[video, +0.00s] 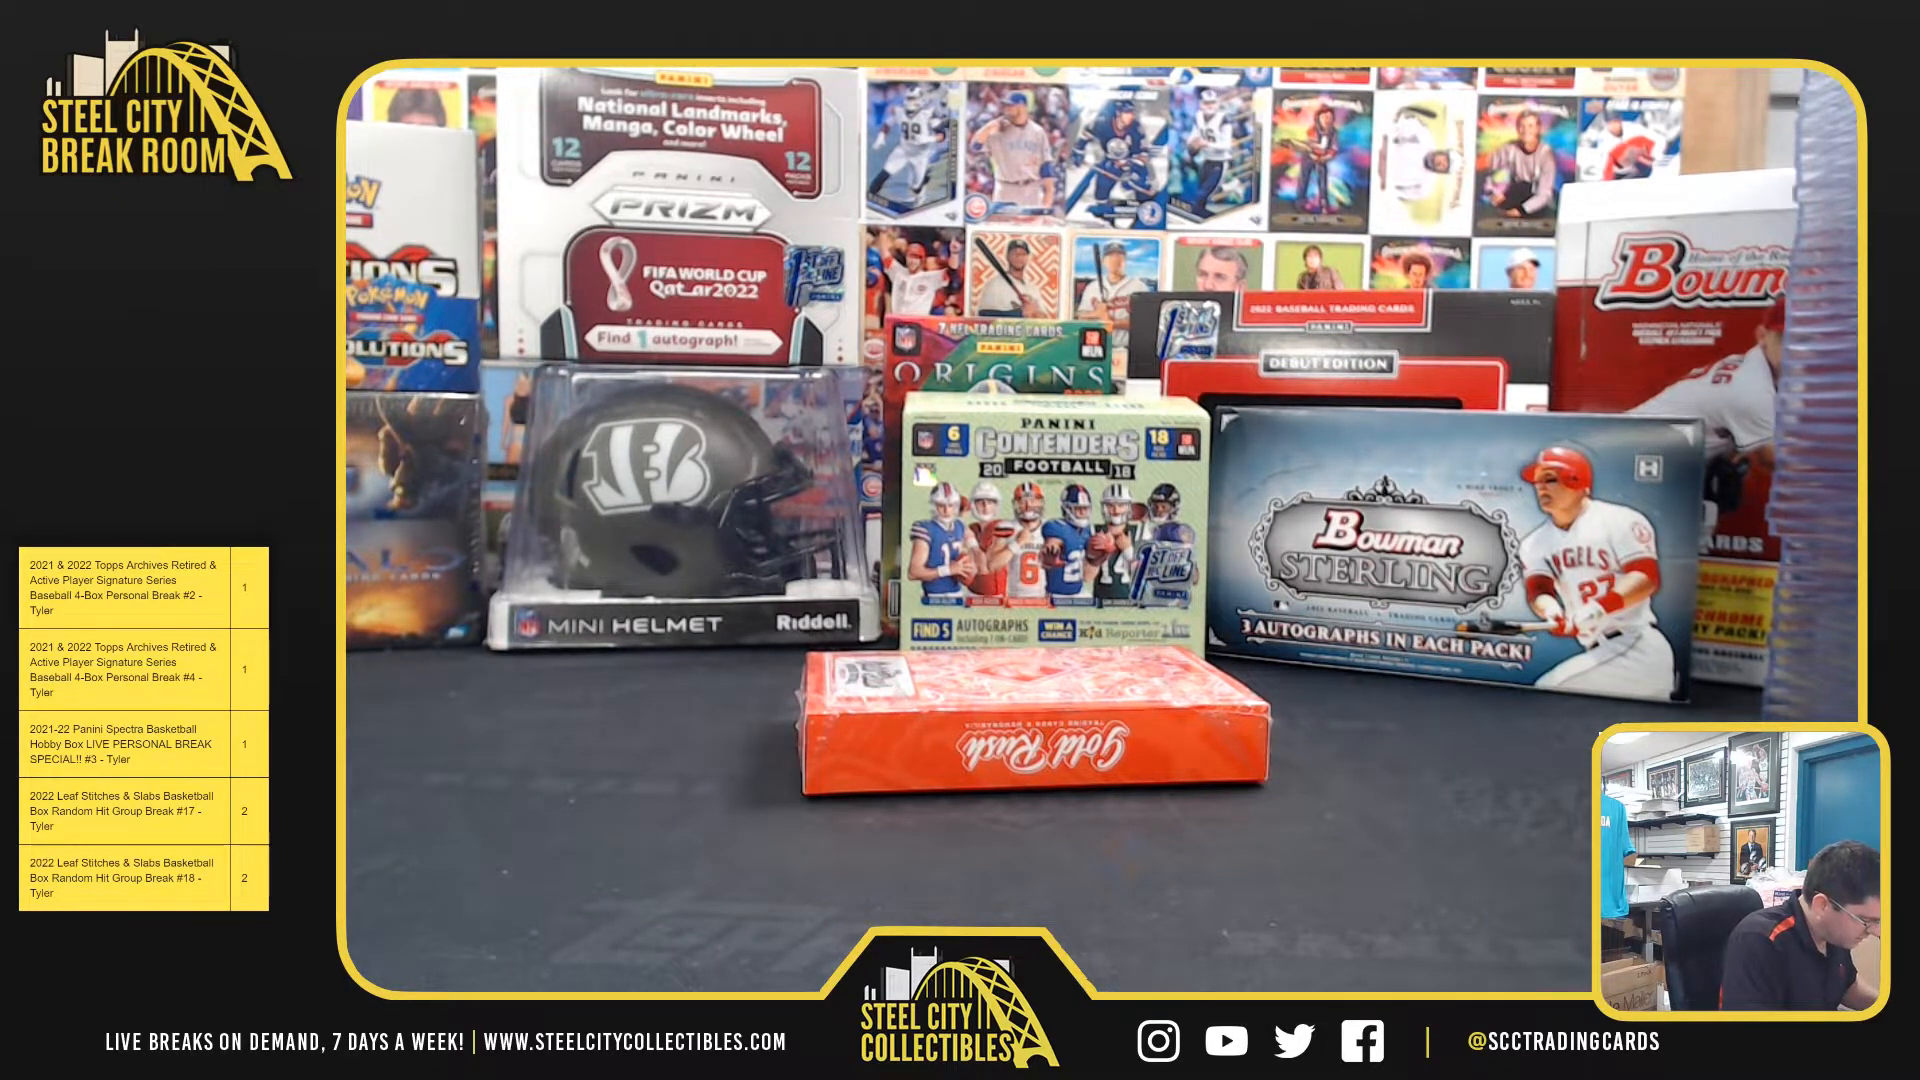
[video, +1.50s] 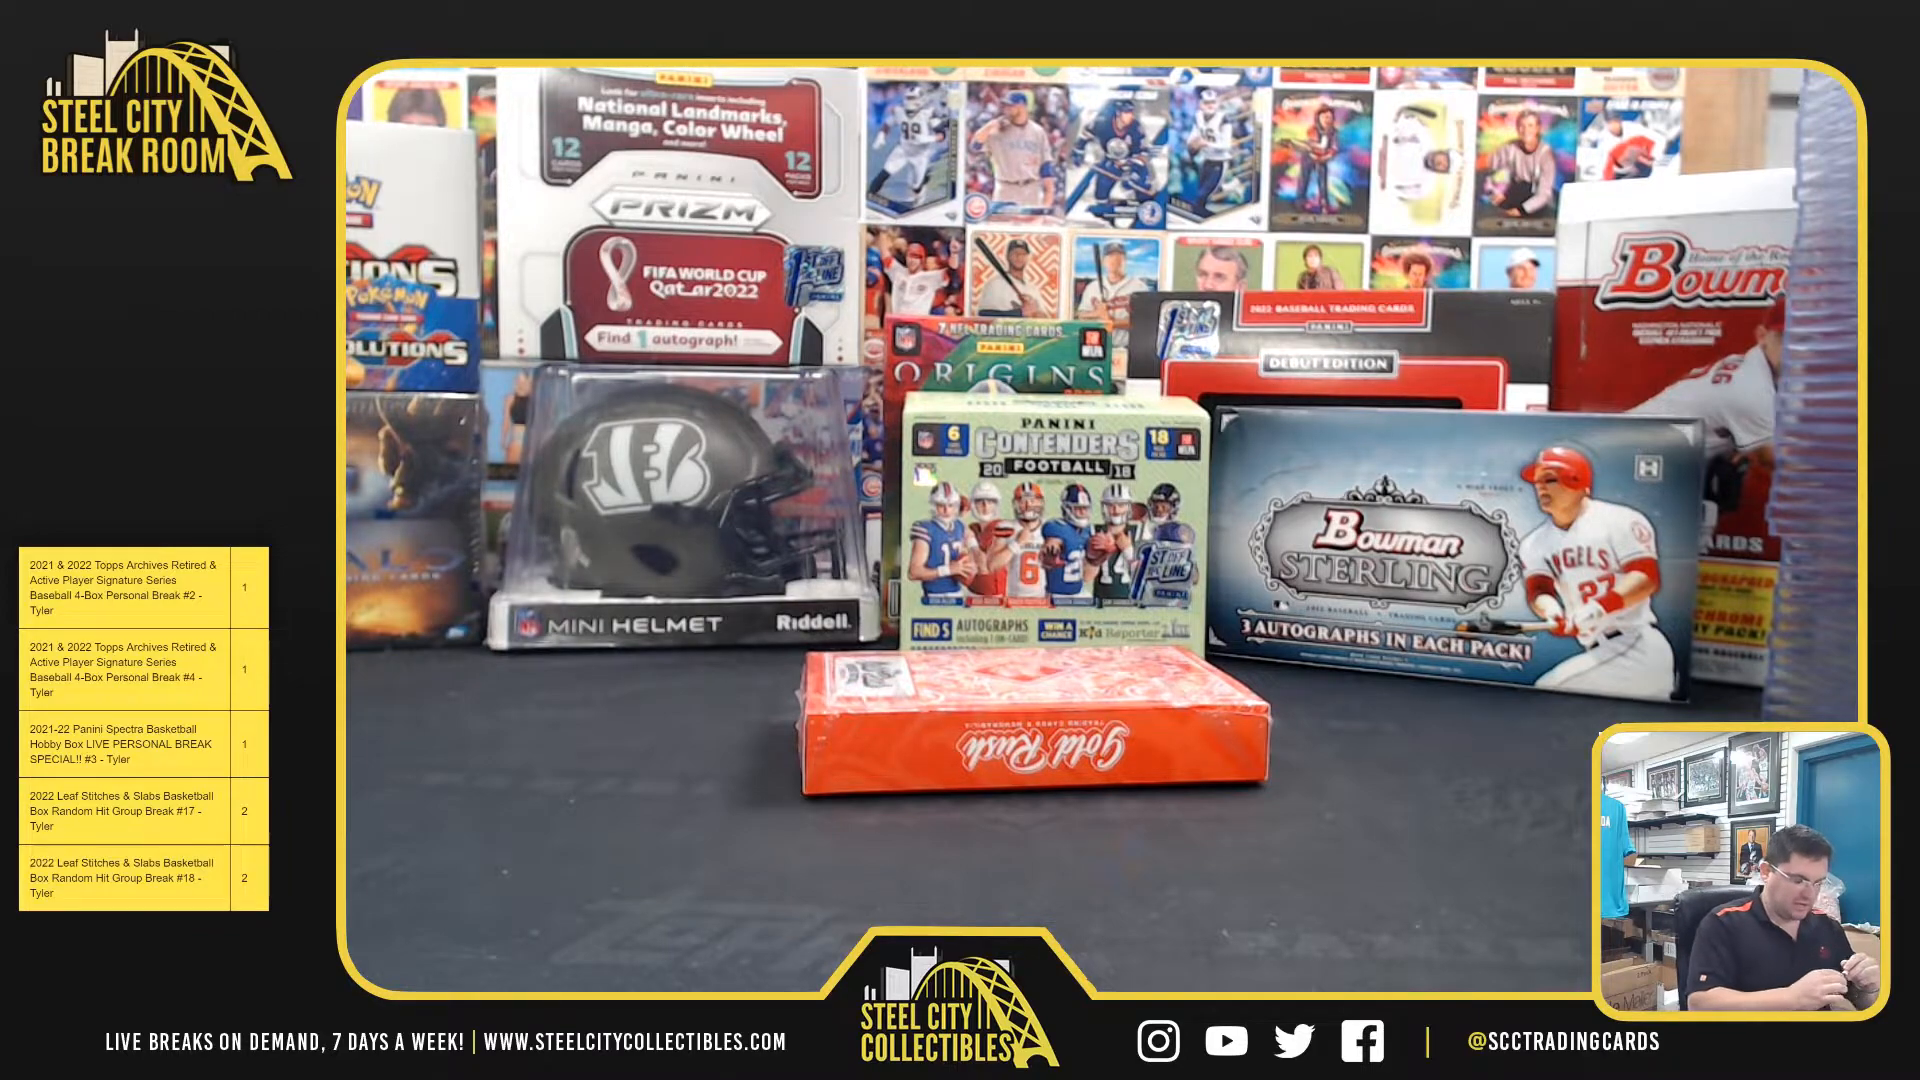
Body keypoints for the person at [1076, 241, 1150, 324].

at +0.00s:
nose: (1115, 260)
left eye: (1119, 255)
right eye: (1111, 256)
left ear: (1124, 260)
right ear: (1104, 261)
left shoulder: (1137, 286)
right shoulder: (1092, 287)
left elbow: (1143, 319)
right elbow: (1081, 315)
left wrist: (1114, 323)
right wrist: (1097, 314)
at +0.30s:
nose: (1115, 260)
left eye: (1119, 255)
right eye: (1111, 256)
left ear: (1124, 260)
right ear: (1103, 261)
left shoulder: (1137, 286)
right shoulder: (1092, 287)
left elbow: (1144, 318)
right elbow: (1081, 316)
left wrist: (1114, 323)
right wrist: (1097, 314)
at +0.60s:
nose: (1115, 260)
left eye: (1119, 256)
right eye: (1111, 256)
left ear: (1125, 260)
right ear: (1104, 261)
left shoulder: (1138, 287)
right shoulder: (1092, 287)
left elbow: (1143, 320)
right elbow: (1081, 315)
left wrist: (1114, 323)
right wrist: (1099, 314)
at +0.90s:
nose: (1115, 260)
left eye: (1119, 255)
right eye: (1111, 256)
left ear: (1124, 260)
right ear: (1103, 261)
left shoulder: (1138, 287)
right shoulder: (1092, 288)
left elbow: (1143, 319)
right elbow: (1081, 315)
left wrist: (1113, 322)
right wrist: (1098, 313)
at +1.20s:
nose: (1115, 260)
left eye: (1119, 255)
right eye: (1111, 255)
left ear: (1124, 260)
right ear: (1103, 261)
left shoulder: (1138, 287)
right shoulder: (1092, 287)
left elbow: (1143, 319)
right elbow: (1081, 315)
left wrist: (1113, 323)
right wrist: (1099, 313)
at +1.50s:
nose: (1115, 260)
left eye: (1119, 255)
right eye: (1111, 256)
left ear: (1124, 260)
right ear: (1103, 261)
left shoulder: (1138, 287)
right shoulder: (1092, 287)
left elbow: (1143, 319)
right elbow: (1081, 315)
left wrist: (1114, 323)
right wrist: (1099, 313)